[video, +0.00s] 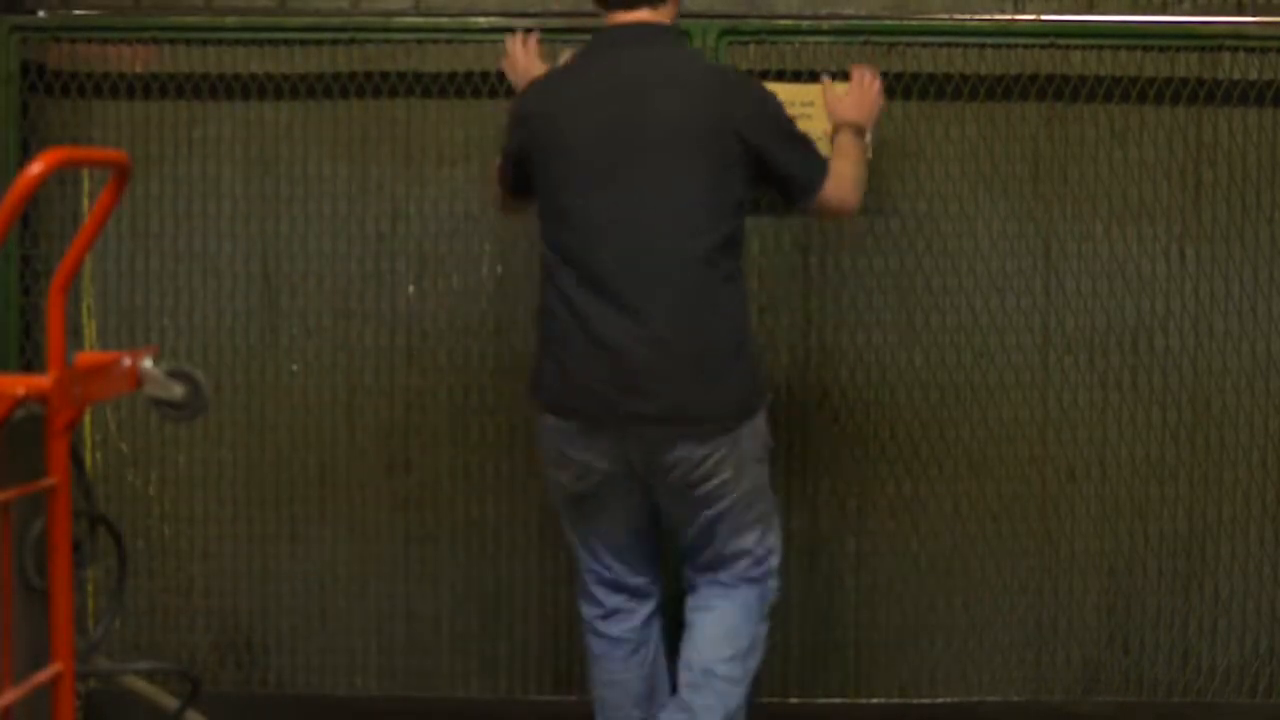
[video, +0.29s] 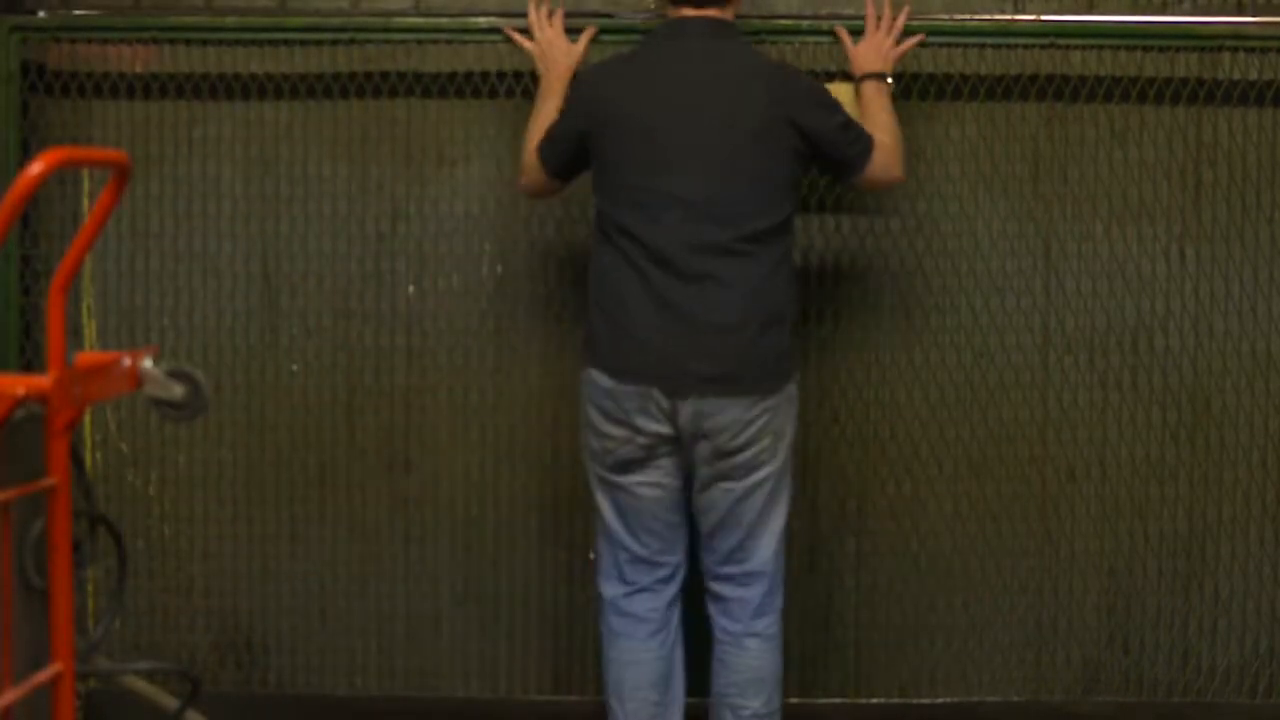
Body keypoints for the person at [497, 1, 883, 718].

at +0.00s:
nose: (674, 7)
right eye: (675, 1)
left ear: (597, 8)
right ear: (672, 5)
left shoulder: (550, 101)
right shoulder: (726, 95)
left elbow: (514, 191)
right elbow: (840, 195)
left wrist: (532, 96)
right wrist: (853, 127)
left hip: (580, 395)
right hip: (703, 392)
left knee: (614, 594)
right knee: (732, 570)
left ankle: (626, 713)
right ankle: (699, 711)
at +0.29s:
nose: (738, 10)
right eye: (740, 4)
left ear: (661, 3)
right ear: (737, 5)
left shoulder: (609, 84)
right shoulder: (777, 87)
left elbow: (536, 174)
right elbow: (885, 165)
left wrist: (553, 78)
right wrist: (872, 78)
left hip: (625, 371)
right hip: (745, 377)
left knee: (637, 585)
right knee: (744, 590)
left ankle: (642, 716)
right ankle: (746, 715)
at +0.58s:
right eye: (750, 2)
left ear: (677, 5)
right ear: (752, 5)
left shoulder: (631, 89)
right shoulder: (796, 88)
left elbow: (525, 170)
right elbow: (913, 165)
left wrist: (554, 68)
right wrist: (876, 69)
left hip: (652, 349)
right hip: (766, 353)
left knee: (661, 571)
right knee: (754, 573)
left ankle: (666, 717)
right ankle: (753, 715)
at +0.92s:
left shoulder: (633, 68)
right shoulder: (805, 66)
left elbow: (516, 47)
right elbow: (923, 42)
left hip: (653, 335)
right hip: (766, 339)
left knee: (661, 567)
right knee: (756, 569)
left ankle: (665, 714)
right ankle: (758, 712)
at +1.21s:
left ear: (668, 4)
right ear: (746, 3)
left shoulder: (627, 84)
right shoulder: (792, 85)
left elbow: (547, 212)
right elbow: (885, 211)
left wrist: (441, 239)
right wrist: (988, 206)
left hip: (647, 345)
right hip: (760, 355)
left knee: (659, 574)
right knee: (750, 578)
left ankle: (666, 718)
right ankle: (750, 718)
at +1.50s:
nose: (655, 18)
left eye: (655, 13)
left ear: (661, 14)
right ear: (735, 20)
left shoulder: (619, 103)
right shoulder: (786, 105)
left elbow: (603, 253)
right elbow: (801, 258)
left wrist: (590, 374)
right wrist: (814, 376)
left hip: (637, 346)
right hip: (754, 356)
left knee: (655, 582)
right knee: (746, 585)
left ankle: (666, 717)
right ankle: (745, 716)